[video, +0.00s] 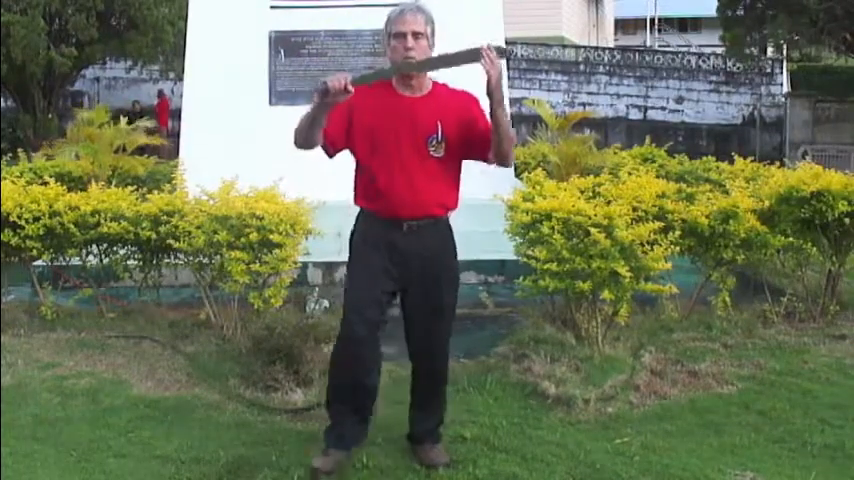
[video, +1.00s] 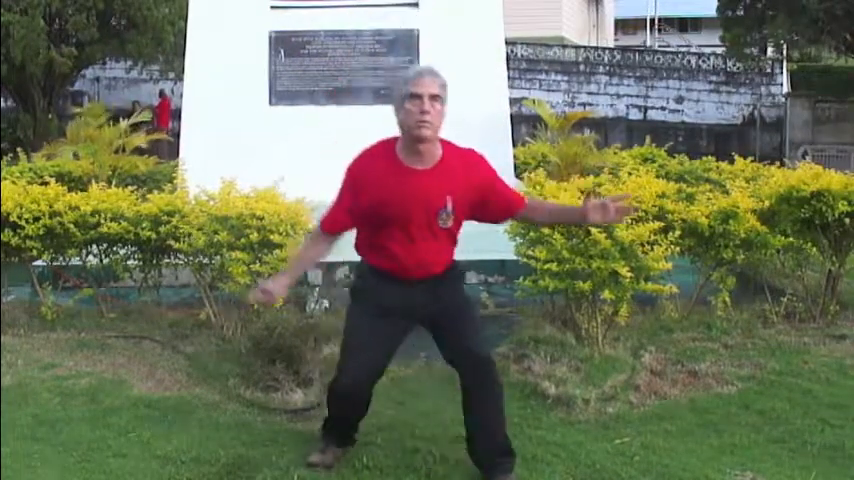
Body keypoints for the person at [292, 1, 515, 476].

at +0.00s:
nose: (408, 44)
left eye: (417, 36)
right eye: (399, 36)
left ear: (431, 44)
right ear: (386, 44)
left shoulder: (458, 103)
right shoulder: (361, 99)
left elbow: (503, 155)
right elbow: (304, 141)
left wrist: (496, 92)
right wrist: (322, 104)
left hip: (433, 237)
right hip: (374, 235)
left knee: (431, 344)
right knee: (356, 333)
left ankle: (426, 438)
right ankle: (340, 441)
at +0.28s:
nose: (394, 43)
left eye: (403, 35)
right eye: (385, 36)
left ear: (419, 45)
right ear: (373, 46)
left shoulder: (438, 104)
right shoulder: (349, 100)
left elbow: (480, 176)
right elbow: (292, 150)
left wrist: (465, 122)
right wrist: (306, 122)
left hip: (420, 236)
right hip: (362, 235)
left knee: (428, 343)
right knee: (345, 338)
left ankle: (426, 437)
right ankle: (334, 433)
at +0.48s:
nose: (375, 48)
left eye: (384, 40)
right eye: (366, 41)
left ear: (401, 50)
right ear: (355, 50)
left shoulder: (428, 109)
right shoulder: (333, 105)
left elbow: (475, 174)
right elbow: (299, 151)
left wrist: (446, 157)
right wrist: (258, 152)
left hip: (406, 241)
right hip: (347, 240)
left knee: (422, 343)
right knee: (335, 341)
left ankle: (427, 437)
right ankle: (333, 434)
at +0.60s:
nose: (365, 61)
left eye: (375, 52)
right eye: (357, 52)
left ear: (393, 62)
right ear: (347, 61)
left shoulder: (421, 119)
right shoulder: (328, 115)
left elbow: (467, 161)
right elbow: (289, 156)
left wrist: (490, 170)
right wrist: (235, 174)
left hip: (405, 247)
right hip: (344, 247)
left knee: (428, 340)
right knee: (333, 343)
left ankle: (434, 435)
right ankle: (333, 435)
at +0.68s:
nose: (365, 68)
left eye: (375, 60)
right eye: (357, 60)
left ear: (390, 68)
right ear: (347, 68)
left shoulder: (422, 125)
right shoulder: (326, 123)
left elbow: (482, 164)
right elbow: (285, 160)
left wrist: (532, 178)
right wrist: (235, 182)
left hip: (408, 252)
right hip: (346, 253)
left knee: (436, 343)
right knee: (332, 347)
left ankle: (446, 443)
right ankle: (334, 436)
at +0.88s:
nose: (390, 96)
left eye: (399, 88)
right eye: (380, 87)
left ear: (411, 98)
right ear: (364, 97)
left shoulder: (440, 153)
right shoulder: (339, 154)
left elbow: (511, 183)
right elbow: (294, 201)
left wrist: (575, 187)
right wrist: (245, 228)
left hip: (422, 272)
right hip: (359, 273)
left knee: (455, 356)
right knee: (335, 366)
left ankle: (497, 465)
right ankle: (334, 438)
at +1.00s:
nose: (424, 108)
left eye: (434, 101)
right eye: (414, 100)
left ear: (445, 111)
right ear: (398, 109)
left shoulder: (467, 167)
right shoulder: (368, 166)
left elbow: (523, 207)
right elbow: (327, 234)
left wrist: (583, 212)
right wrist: (284, 278)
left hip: (443, 289)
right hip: (379, 289)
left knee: (479, 366)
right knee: (351, 382)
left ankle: (496, 468)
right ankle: (334, 440)